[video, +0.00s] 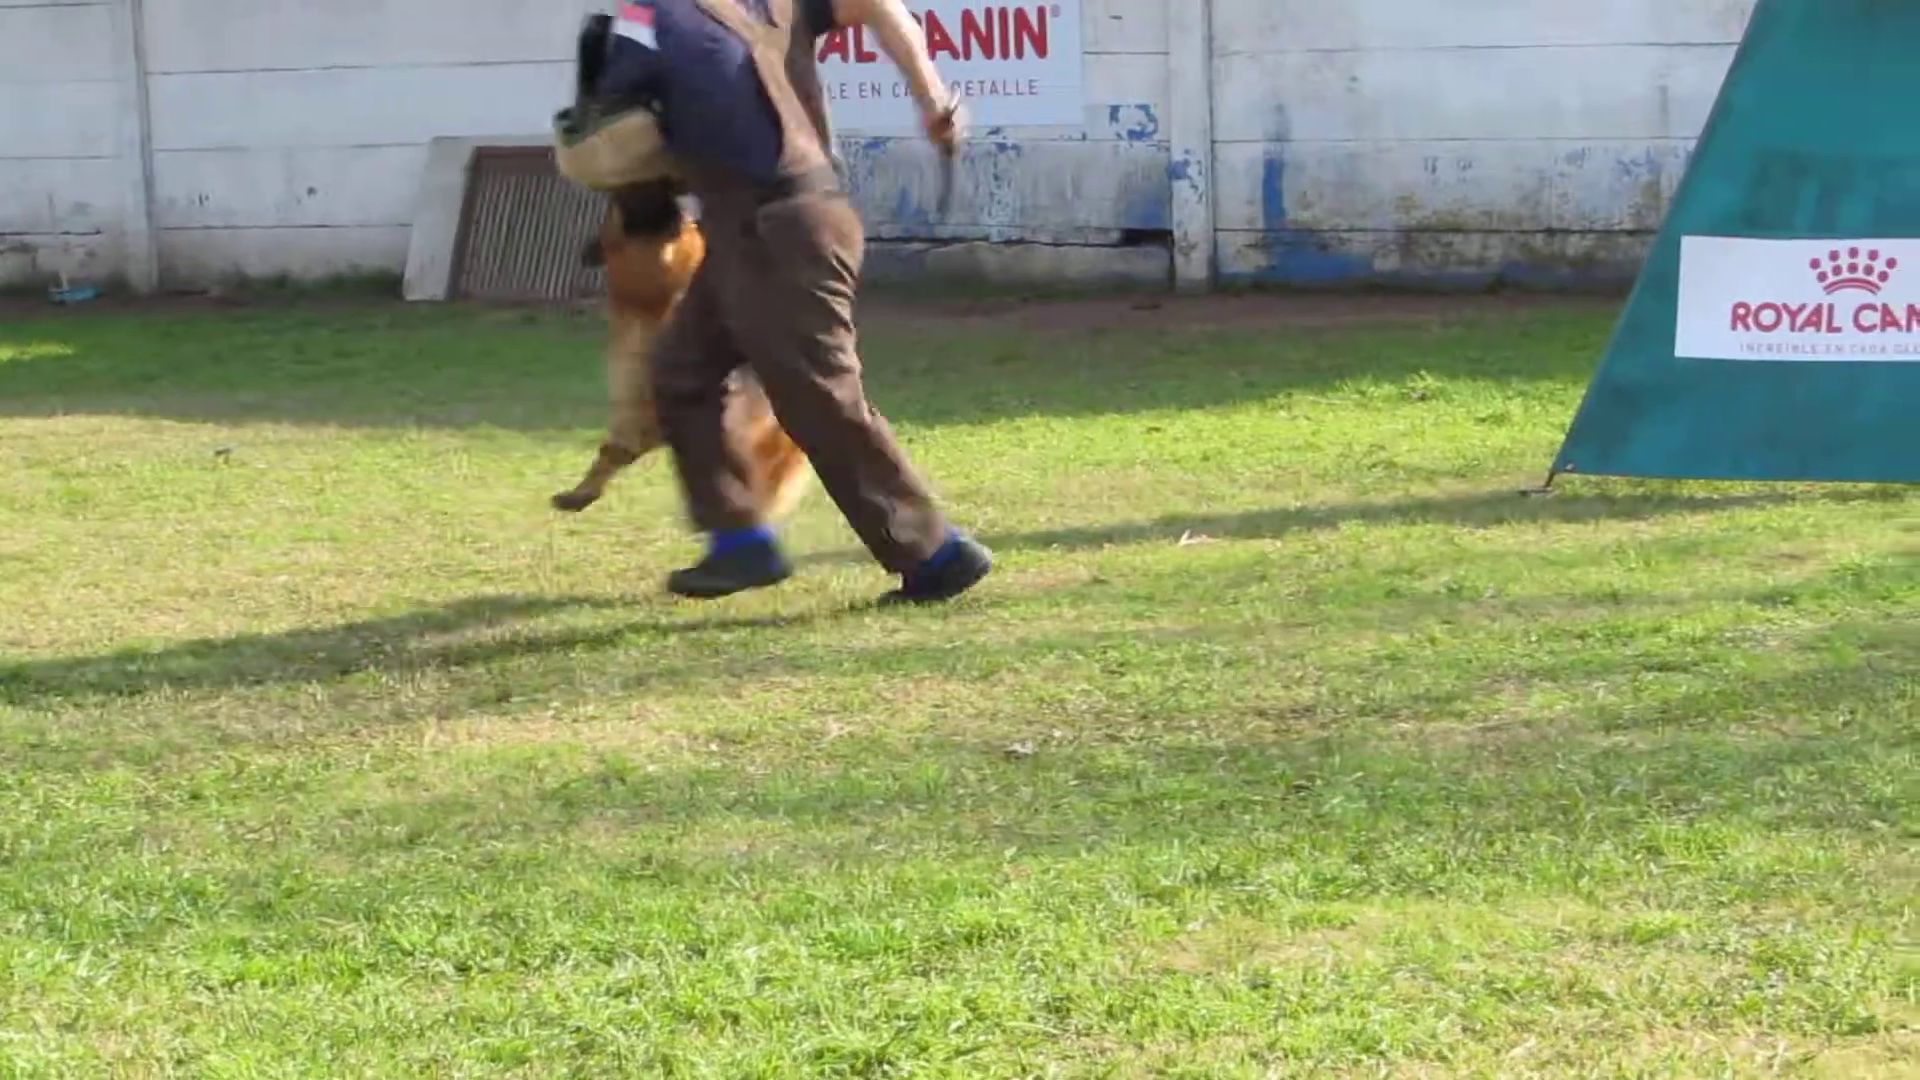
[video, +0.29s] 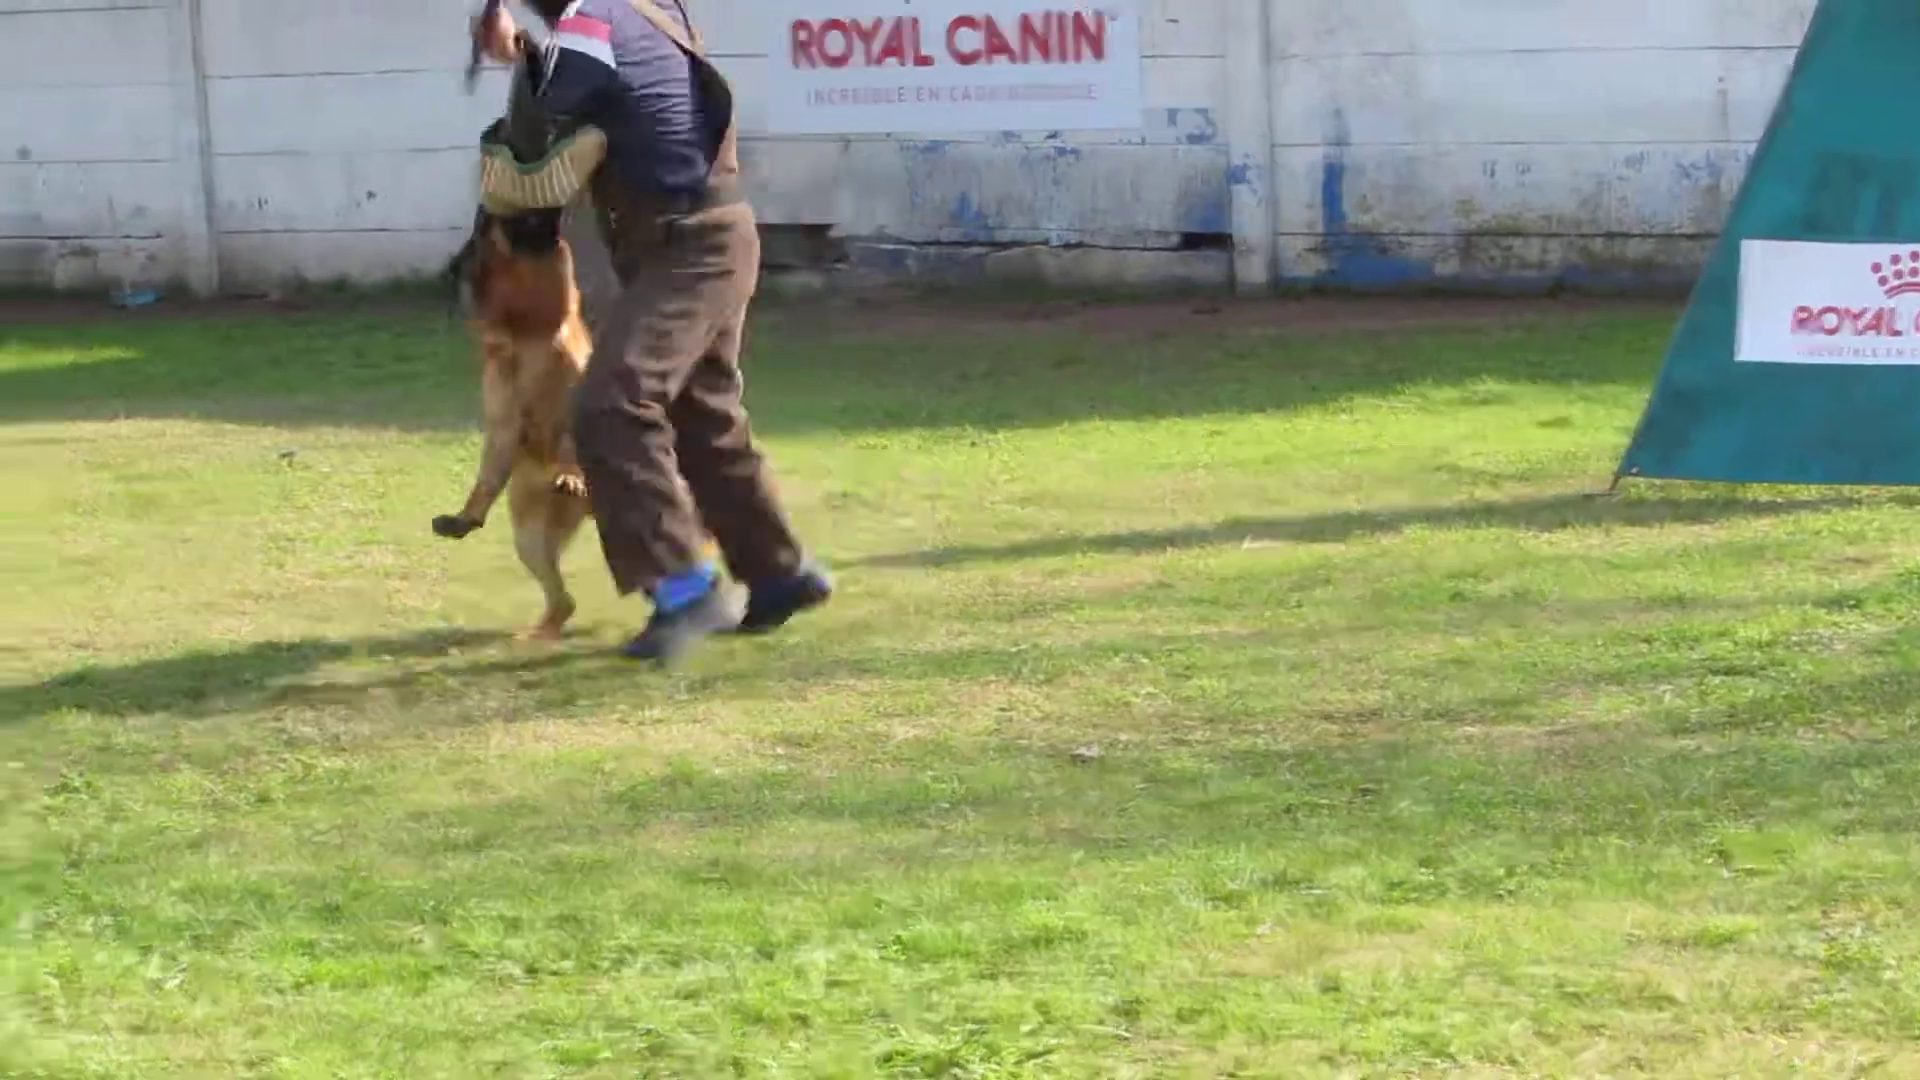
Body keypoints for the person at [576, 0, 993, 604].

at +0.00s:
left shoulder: (653, 14)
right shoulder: (780, 7)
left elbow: (616, 112)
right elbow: (882, 8)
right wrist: (936, 97)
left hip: (780, 226)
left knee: (825, 406)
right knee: (681, 372)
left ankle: (933, 552)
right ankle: (740, 542)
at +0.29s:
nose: (524, 12)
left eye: (525, 6)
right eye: (524, 9)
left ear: (541, 1)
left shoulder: (585, 30)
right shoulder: (641, 12)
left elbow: (542, 166)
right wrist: (525, 55)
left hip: (688, 247)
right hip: (718, 239)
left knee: (613, 408)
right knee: (705, 415)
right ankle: (778, 572)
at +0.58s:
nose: (705, 46)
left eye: (703, 32)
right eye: (698, 35)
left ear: (725, 15)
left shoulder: (764, 53)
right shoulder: (850, 17)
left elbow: (733, 209)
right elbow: (968, 68)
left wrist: (686, 205)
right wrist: (1020, 168)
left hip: (888, 284)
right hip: (830, 289)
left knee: (914, 480)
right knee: (764, 469)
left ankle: (1045, 591)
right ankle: (780, 668)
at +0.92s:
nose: (901, 103)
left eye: (900, 87)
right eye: (893, 92)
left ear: (929, 63)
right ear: (937, 58)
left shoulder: (996, 89)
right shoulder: (970, 93)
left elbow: (943, 243)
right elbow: (922, 204)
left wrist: (865, 235)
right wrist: (893, 225)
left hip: (1096, 334)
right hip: (1032, 336)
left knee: (1056, 541)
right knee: (992, 531)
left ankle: (1104, 728)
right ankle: (1135, 613)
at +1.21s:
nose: (973, 138)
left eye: (970, 121)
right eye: (968, 124)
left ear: (992, 100)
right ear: (1038, 76)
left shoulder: (1033, 130)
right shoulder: (1109, 126)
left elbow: (994, 282)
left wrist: (918, 304)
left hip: (1119, 413)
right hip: (1072, 411)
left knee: (1068, 623)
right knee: (964, 577)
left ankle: (1260, 698)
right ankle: (990, 794)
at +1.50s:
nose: (1067, 134)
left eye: (1068, 116)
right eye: (1062, 119)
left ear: (1096, 98)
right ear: (1142, 83)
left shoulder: (1134, 140)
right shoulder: (1210, 147)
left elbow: (1074, 287)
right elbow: (1309, 262)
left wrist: (996, 272)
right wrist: (1314, 399)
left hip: (1171, 435)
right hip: (1186, 430)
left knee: (1064, 641)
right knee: (1064, 620)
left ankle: (1064, 879)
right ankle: (1208, 769)